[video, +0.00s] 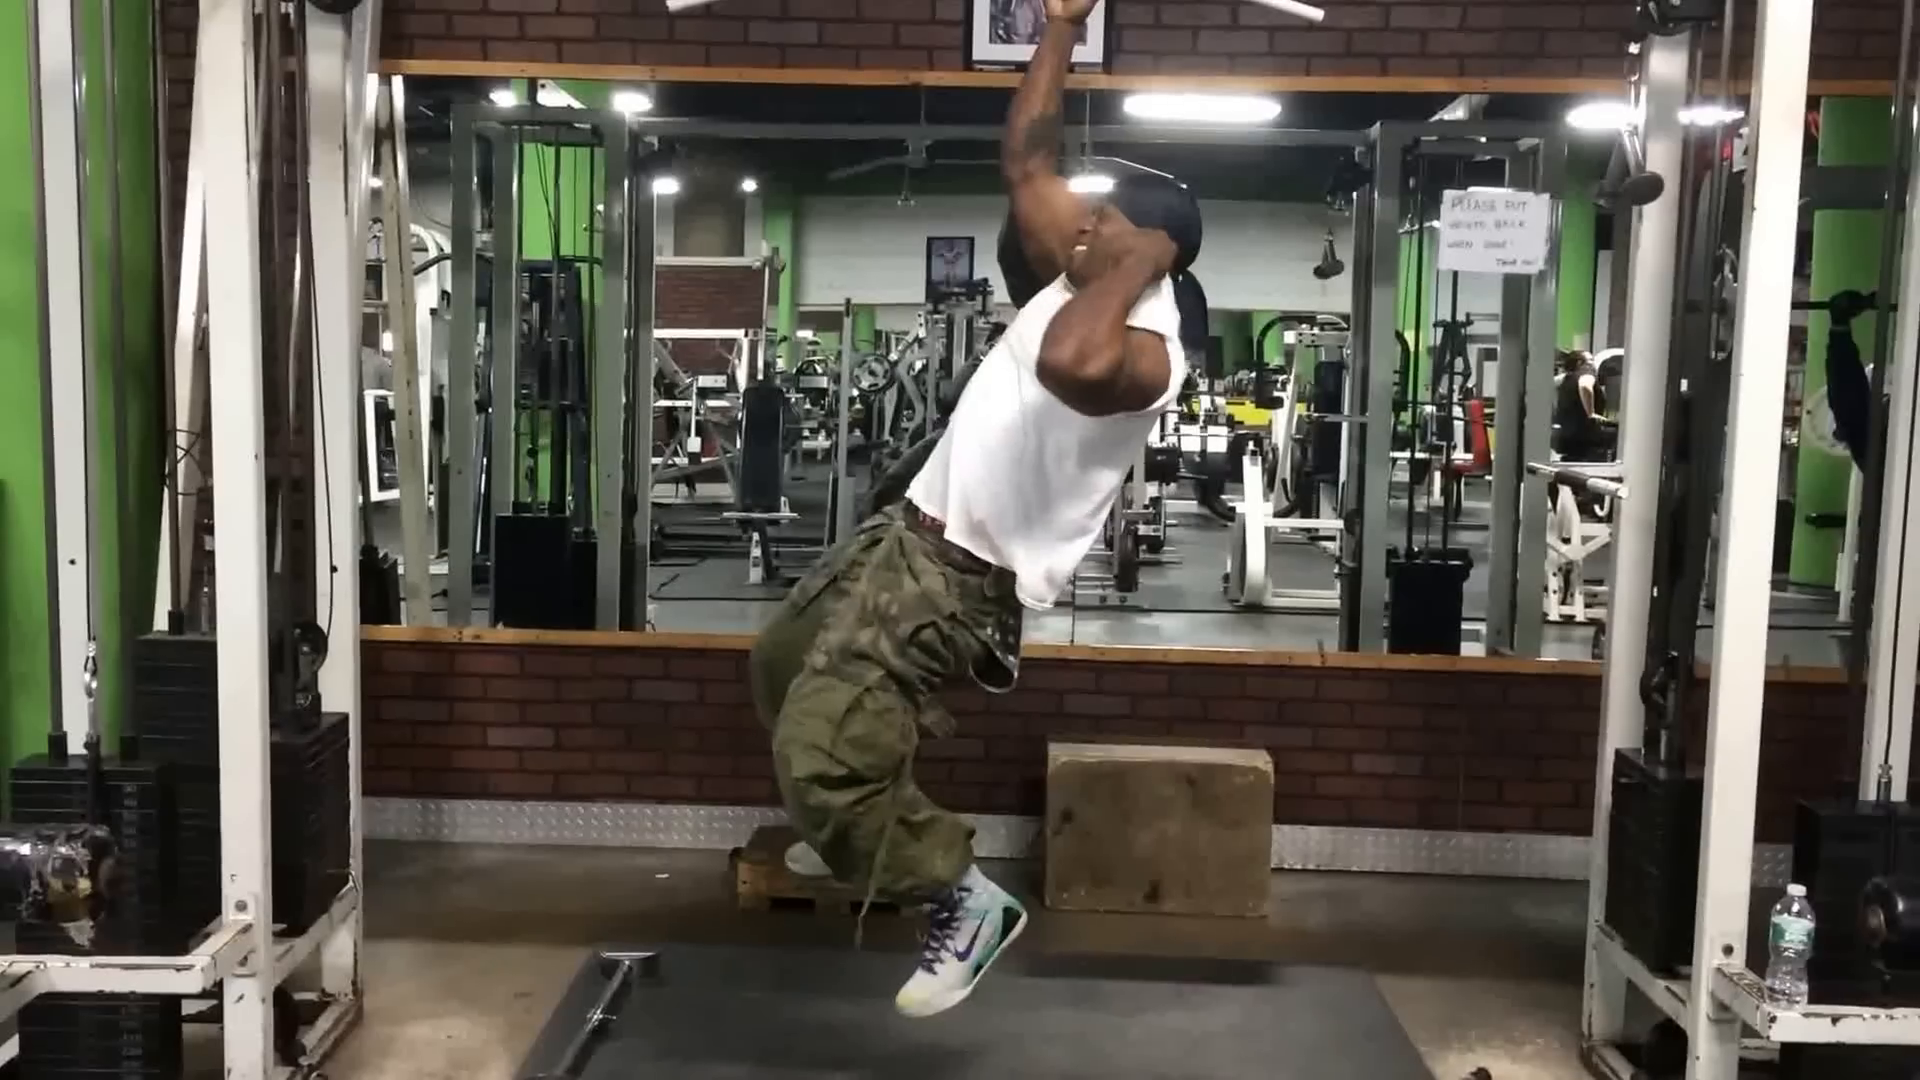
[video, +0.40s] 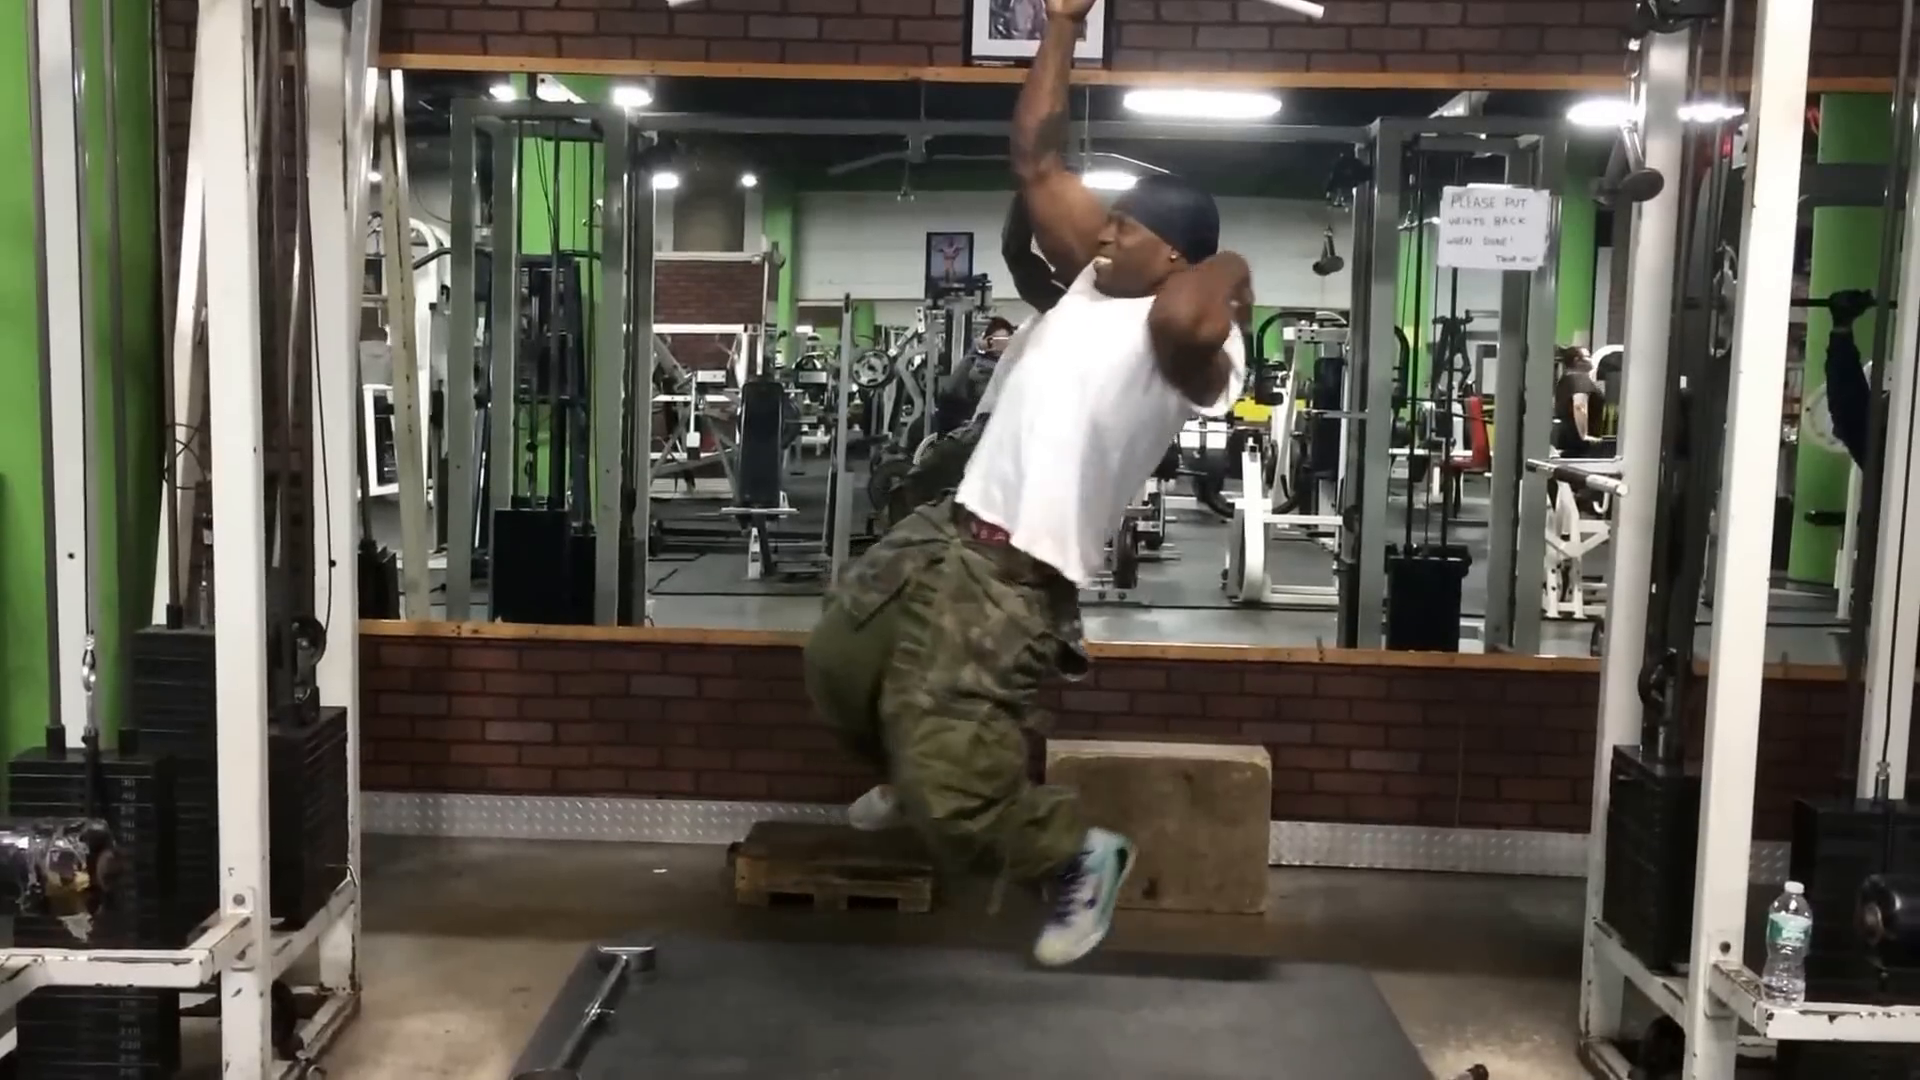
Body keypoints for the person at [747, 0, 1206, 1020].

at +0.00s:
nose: (1083, 216)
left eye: (1101, 205)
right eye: (1090, 203)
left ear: (1139, 239)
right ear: (1111, 231)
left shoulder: (1151, 344)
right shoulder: (1073, 282)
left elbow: (1072, 360)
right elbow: (1028, 160)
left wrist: (1138, 251)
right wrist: (1060, 30)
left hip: (955, 583)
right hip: (901, 534)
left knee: (825, 768)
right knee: (778, 666)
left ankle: (966, 899)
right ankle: (855, 840)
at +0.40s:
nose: (1105, 237)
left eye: (1123, 229)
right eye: (1109, 225)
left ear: (1166, 247)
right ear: (1109, 235)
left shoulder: (1191, 340)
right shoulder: (1095, 272)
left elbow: (1187, 326)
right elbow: (1036, 152)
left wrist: (1224, 268)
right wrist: (1061, 29)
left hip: (1015, 587)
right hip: (945, 532)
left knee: (947, 790)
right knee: (839, 662)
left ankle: (1082, 856)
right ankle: (911, 780)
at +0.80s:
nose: (1137, 194)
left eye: (1157, 188)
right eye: (1139, 186)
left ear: (1195, 207)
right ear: (1146, 213)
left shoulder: (1226, 274)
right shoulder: (1115, 255)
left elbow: (1278, 216)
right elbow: (1047, 158)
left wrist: (1243, 120)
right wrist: (1062, 26)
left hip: (1101, 556)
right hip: (1019, 521)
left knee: (1063, 768)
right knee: (925, 666)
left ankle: (1192, 802)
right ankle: (1011, 771)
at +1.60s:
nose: (1081, 204)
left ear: (1176, 216)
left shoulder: (1174, 278)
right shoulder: (1094, 268)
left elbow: (1197, 157)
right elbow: (1037, 145)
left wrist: (1213, 241)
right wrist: (1063, 19)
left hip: (1029, 561)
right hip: (962, 542)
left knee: (922, 769)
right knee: (861, 710)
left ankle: (1093, 895)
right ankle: (976, 862)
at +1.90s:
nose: (1079, 182)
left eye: (1089, 175)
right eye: (1074, 177)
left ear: (1141, 197)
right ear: (1083, 208)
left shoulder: (1153, 279)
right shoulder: (1081, 263)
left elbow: (1179, 144)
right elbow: (1032, 147)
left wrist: (1232, 156)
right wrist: (1058, 22)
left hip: (969, 549)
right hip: (929, 528)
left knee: (809, 737)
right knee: (829, 688)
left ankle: (959, 905)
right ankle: (932, 855)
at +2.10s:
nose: (1058, 176)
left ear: (1128, 199)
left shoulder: (1159, 281)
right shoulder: (1092, 279)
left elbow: (1112, 142)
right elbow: (1031, 151)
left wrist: (1155, 71)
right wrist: (1056, 26)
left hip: (977, 543)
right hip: (942, 518)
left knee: (788, 697)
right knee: (787, 638)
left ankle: (899, 881)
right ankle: (866, 825)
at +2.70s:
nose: (1059, 214)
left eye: (1064, 199)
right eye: (1053, 202)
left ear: (1150, 199)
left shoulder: (1206, 291)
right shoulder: (1098, 273)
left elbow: (1133, 185)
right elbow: (1054, 193)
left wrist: (1053, 75)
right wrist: (1037, 88)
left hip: (1075, 546)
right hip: (1015, 494)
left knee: (929, 712)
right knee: (845, 580)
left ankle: (1028, 842)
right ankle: (860, 720)